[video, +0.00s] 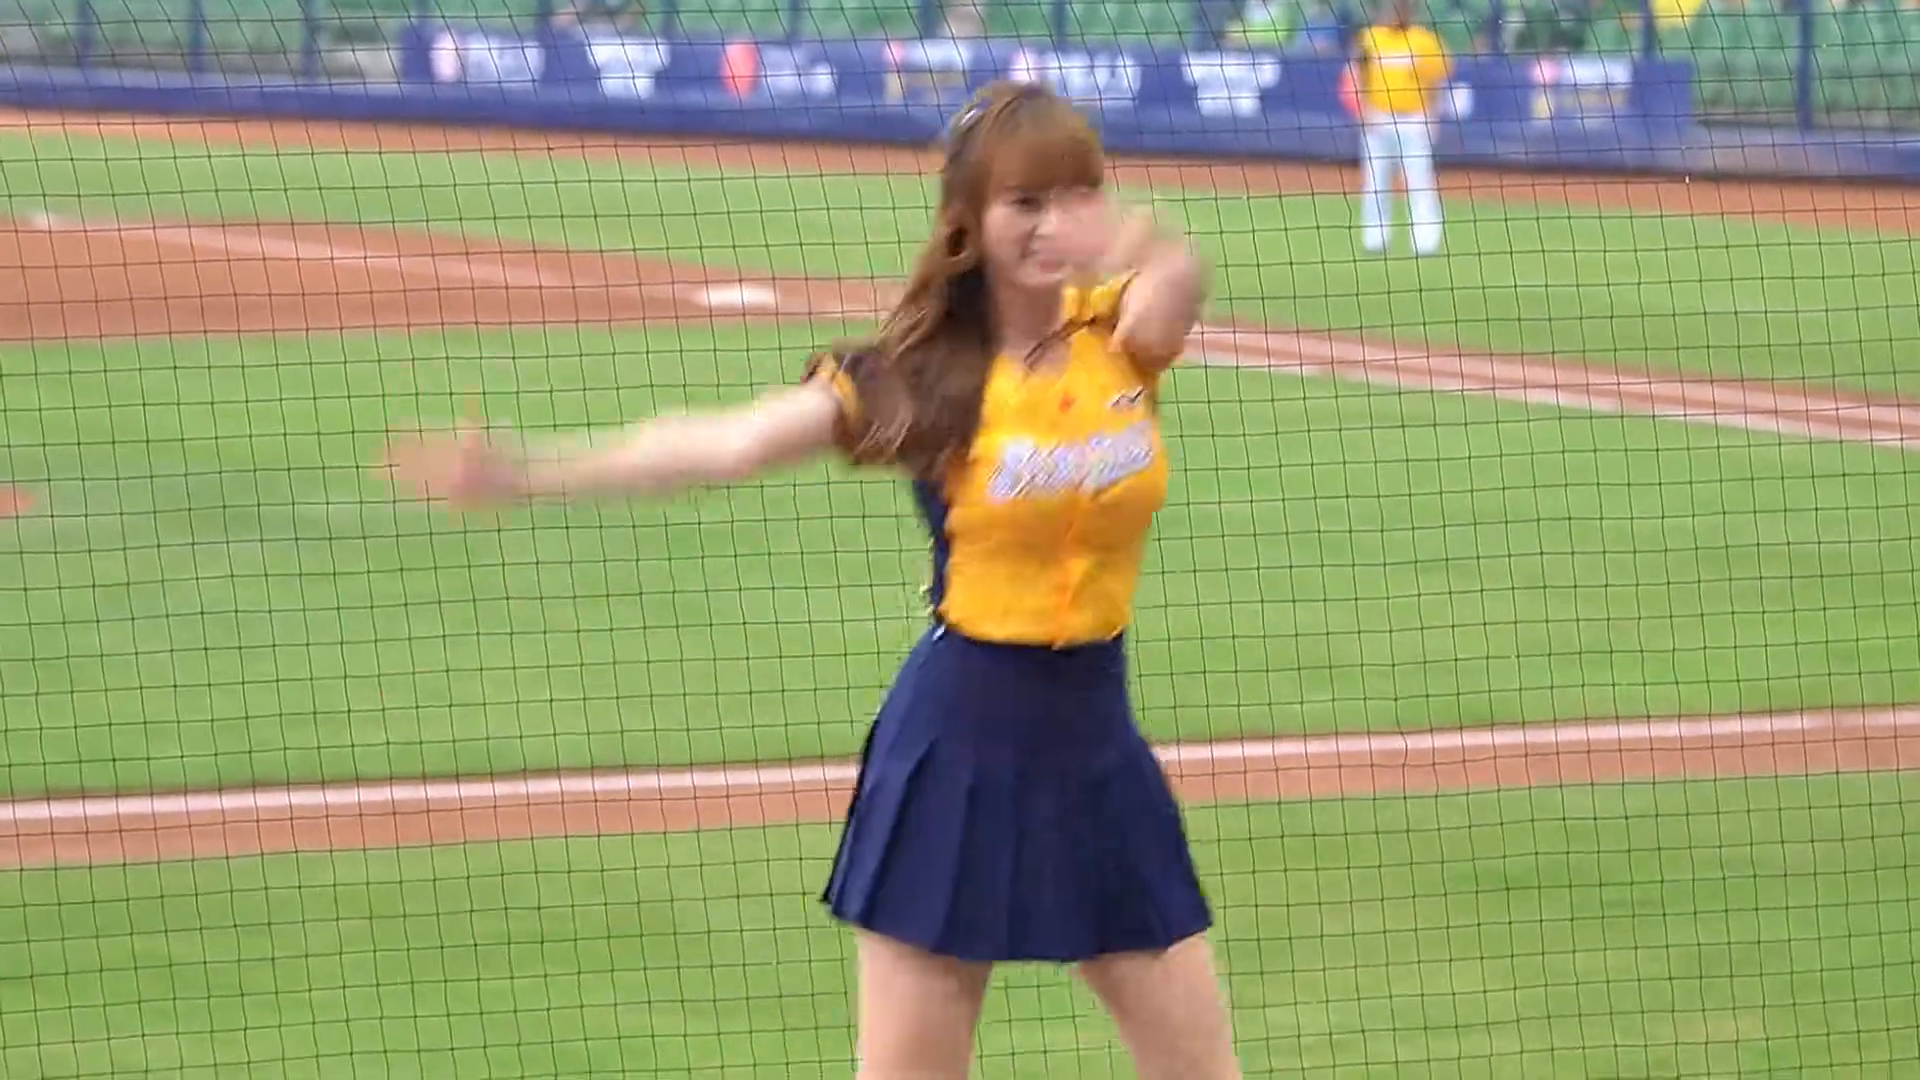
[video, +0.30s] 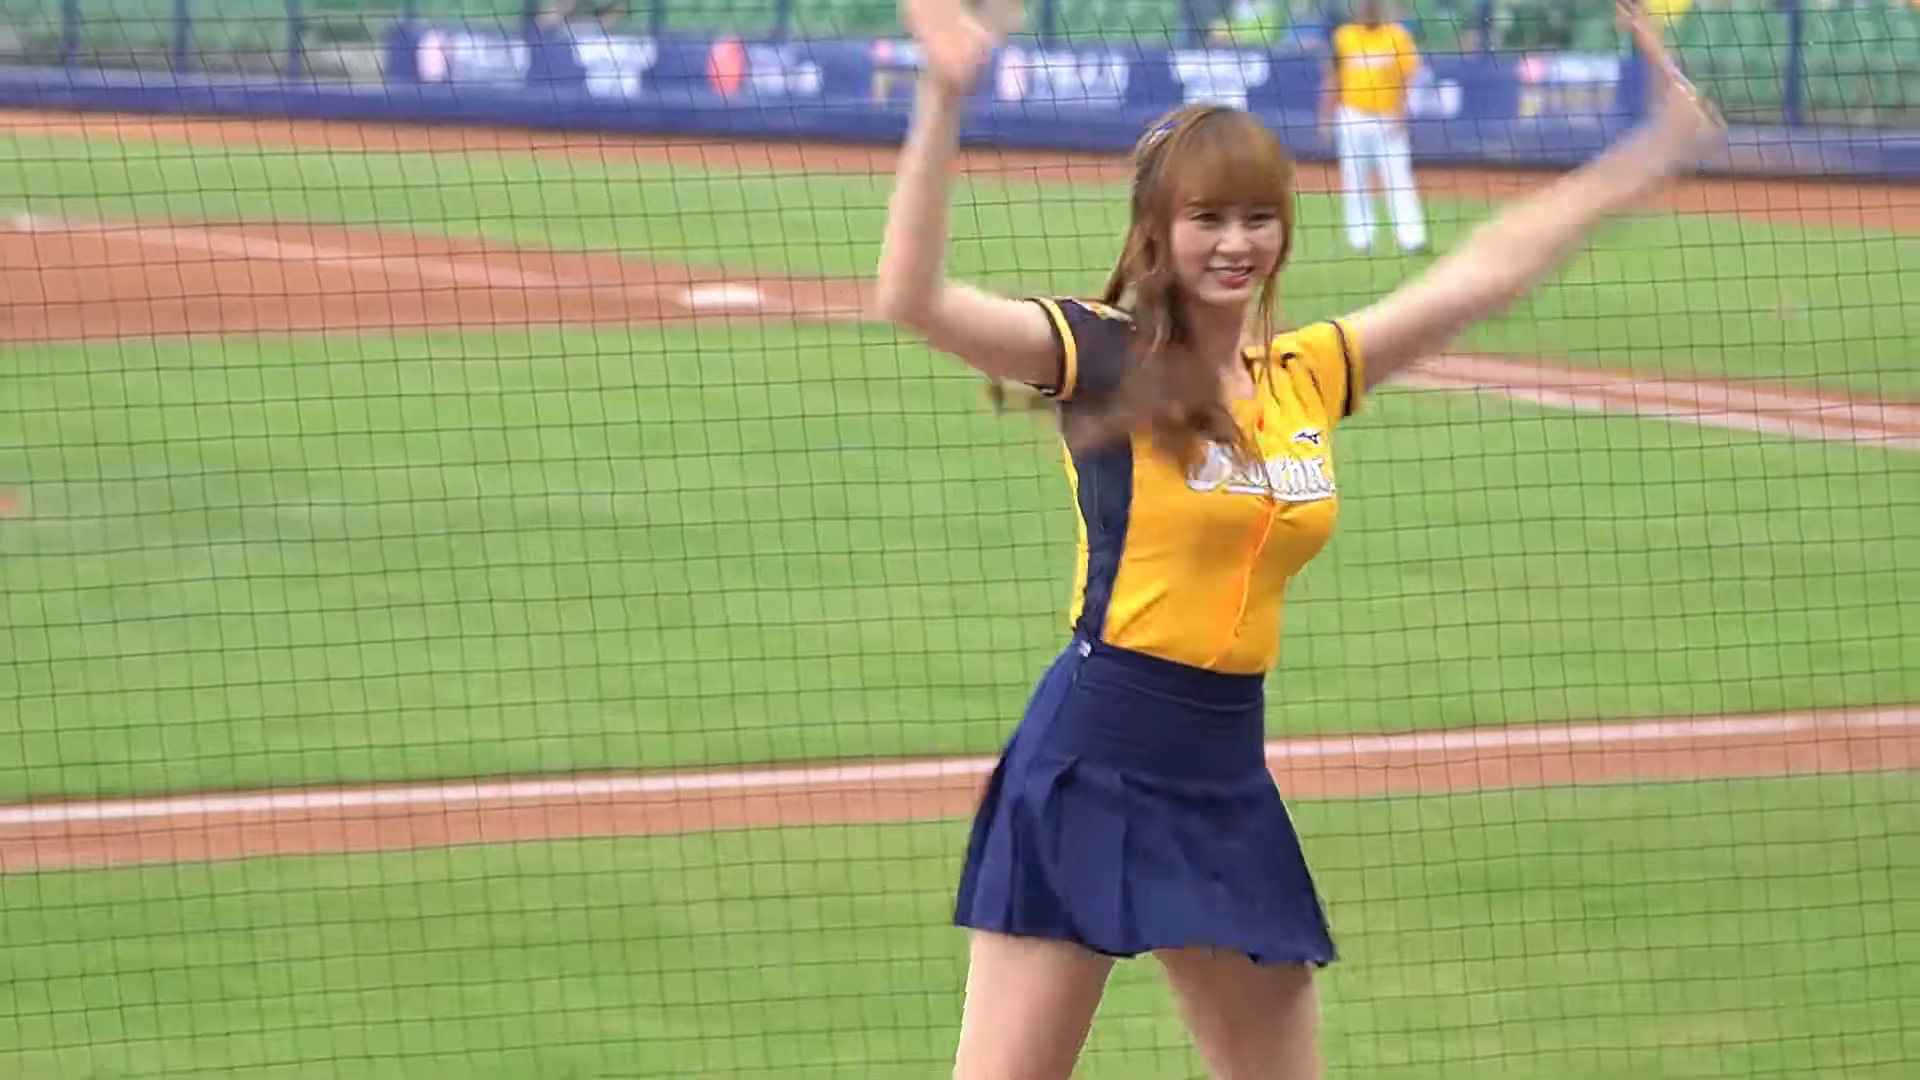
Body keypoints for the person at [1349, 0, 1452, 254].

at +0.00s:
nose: (1400, 13)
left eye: (1404, 7)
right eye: (1395, 8)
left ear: (1411, 10)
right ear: (1386, 10)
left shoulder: (1425, 41)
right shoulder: (1370, 39)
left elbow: (1437, 84)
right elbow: (1355, 79)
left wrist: (1433, 117)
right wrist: (1364, 112)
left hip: (1415, 118)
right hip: (1377, 118)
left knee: (1420, 178)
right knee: (1376, 179)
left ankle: (1426, 236)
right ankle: (1375, 235)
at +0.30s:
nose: (1369, 11)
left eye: (1373, 6)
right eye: (1364, 6)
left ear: (1381, 8)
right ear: (1356, 9)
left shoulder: (1396, 35)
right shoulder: (1343, 37)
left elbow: (1410, 75)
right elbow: (1332, 80)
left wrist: (1402, 111)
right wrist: (1326, 117)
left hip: (1388, 115)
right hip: (1352, 115)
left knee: (1398, 176)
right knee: (1354, 177)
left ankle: (1411, 234)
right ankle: (1360, 234)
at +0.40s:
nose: (1352, 30)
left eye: (1356, 24)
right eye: (1347, 24)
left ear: (1363, 27)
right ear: (1340, 27)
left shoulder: (1378, 54)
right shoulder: (1324, 56)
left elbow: (1393, 93)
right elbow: (1315, 95)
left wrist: (1386, 128)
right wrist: (1310, 128)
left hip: (1372, 134)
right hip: (1336, 136)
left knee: (1383, 195)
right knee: (1341, 199)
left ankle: (1395, 252)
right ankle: (1349, 254)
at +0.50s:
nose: (1334, 44)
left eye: (1338, 38)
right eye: (1330, 38)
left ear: (1345, 40)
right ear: (1323, 40)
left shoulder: (1361, 66)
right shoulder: (1306, 68)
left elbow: (1374, 106)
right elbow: (1295, 112)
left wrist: (1369, 142)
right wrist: (1289, 152)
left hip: (1355, 147)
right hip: (1318, 147)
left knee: (1365, 207)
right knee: (1318, 209)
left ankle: (1379, 263)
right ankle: (1315, 263)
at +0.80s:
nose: (1325, 63)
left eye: (1329, 58)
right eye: (1320, 58)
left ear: (1337, 60)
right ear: (1313, 61)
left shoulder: (1354, 90)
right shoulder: (1298, 91)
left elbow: (1367, 134)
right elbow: (1288, 133)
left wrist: (1368, 170)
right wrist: (1287, 172)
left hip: (1348, 168)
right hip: (1311, 169)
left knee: (1358, 225)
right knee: (1315, 229)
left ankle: (1374, 285)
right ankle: (1325, 288)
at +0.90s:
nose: (1359, 60)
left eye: (1364, 55)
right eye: (1355, 55)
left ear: (1371, 57)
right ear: (1348, 58)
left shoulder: (1387, 86)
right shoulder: (1333, 88)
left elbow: (1403, 128)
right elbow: (1323, 128)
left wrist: (1403, 165)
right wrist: (1324, 165)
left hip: (1383, 164)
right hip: (1346, 165)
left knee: (1393, 223)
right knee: (1351, 227)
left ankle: (1409, 282)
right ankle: (1361, 285)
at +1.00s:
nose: (1397, 62)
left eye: (1401, 56)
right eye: (1393, 56)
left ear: (1408, 58)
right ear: (1386, 59)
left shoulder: (1426, 87)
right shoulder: (1372, 88)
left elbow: (1442, 125)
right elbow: (1362, 129)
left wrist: (1440, 160)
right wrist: (1363, 165)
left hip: (1420, 163)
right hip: (1384, 164)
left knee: (1428, 222)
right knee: (1390, 226)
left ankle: (1439, 275)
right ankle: (1399, 283)